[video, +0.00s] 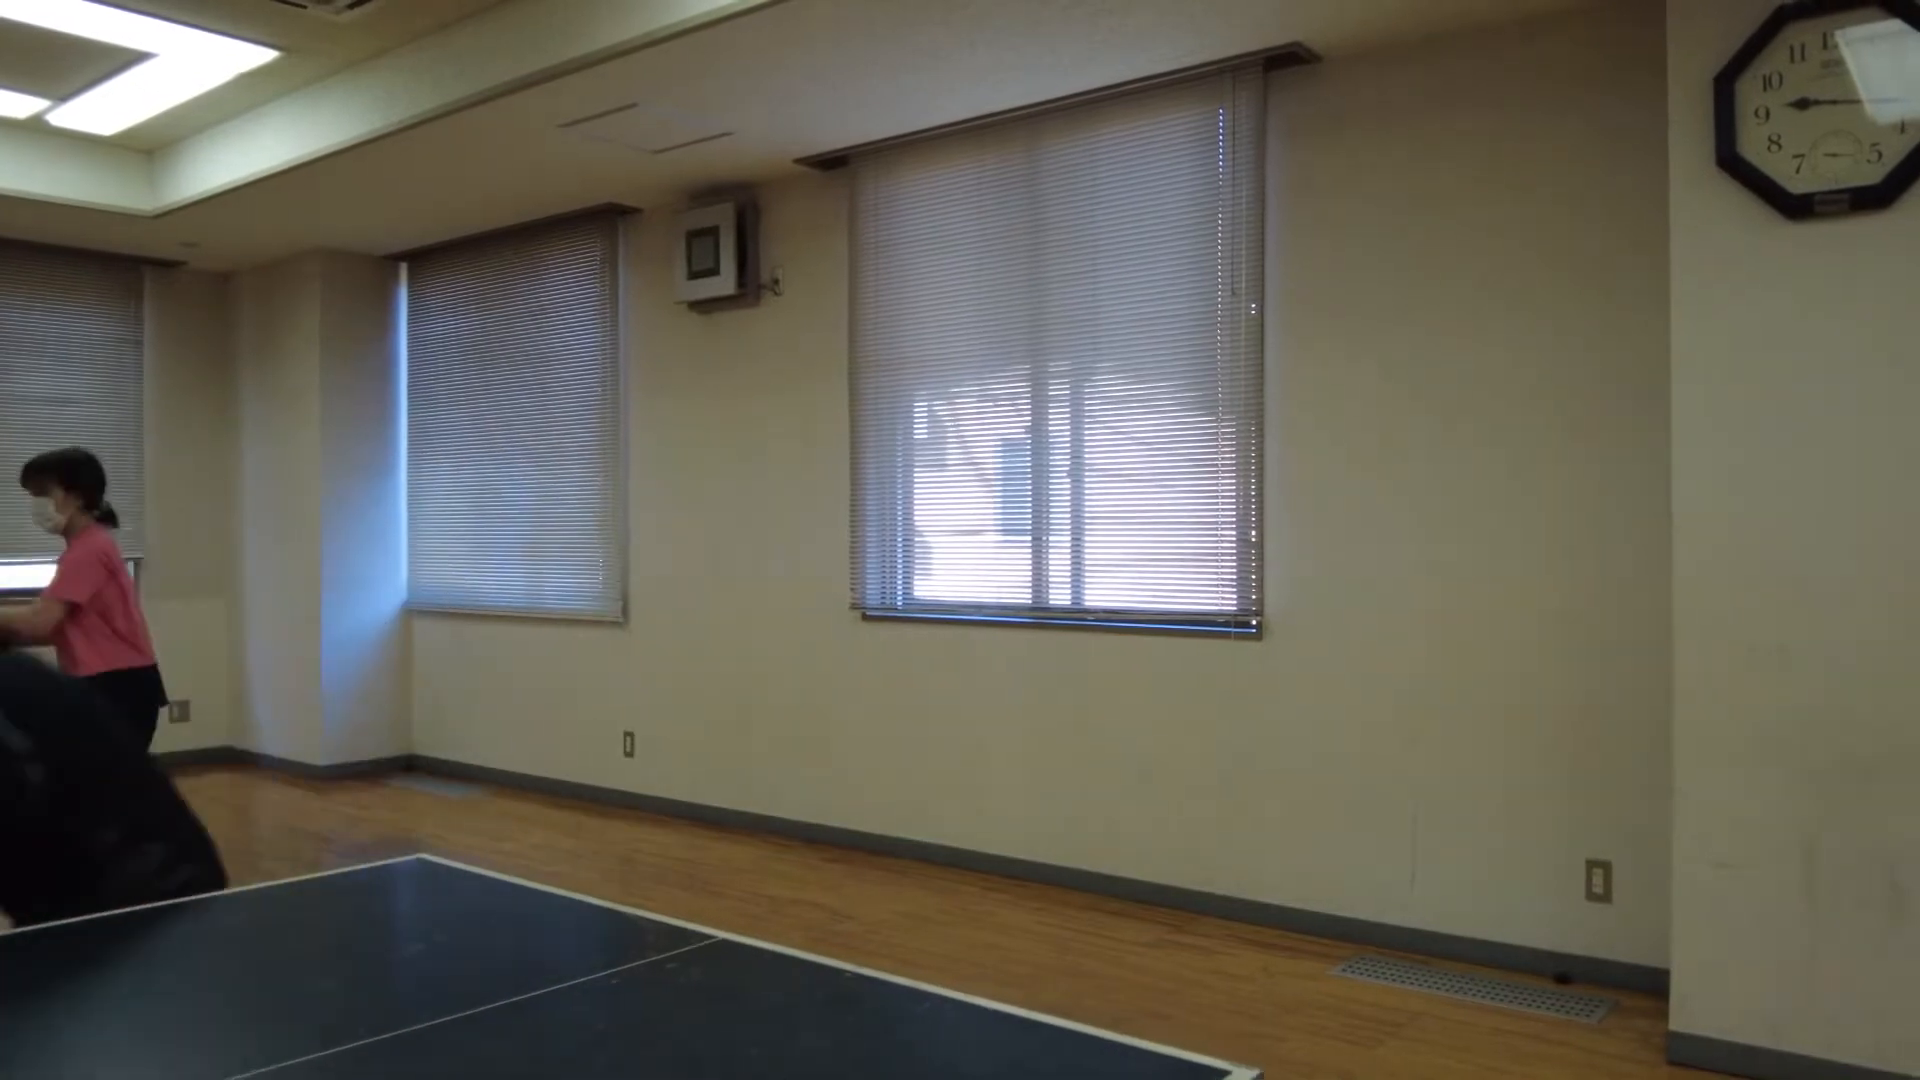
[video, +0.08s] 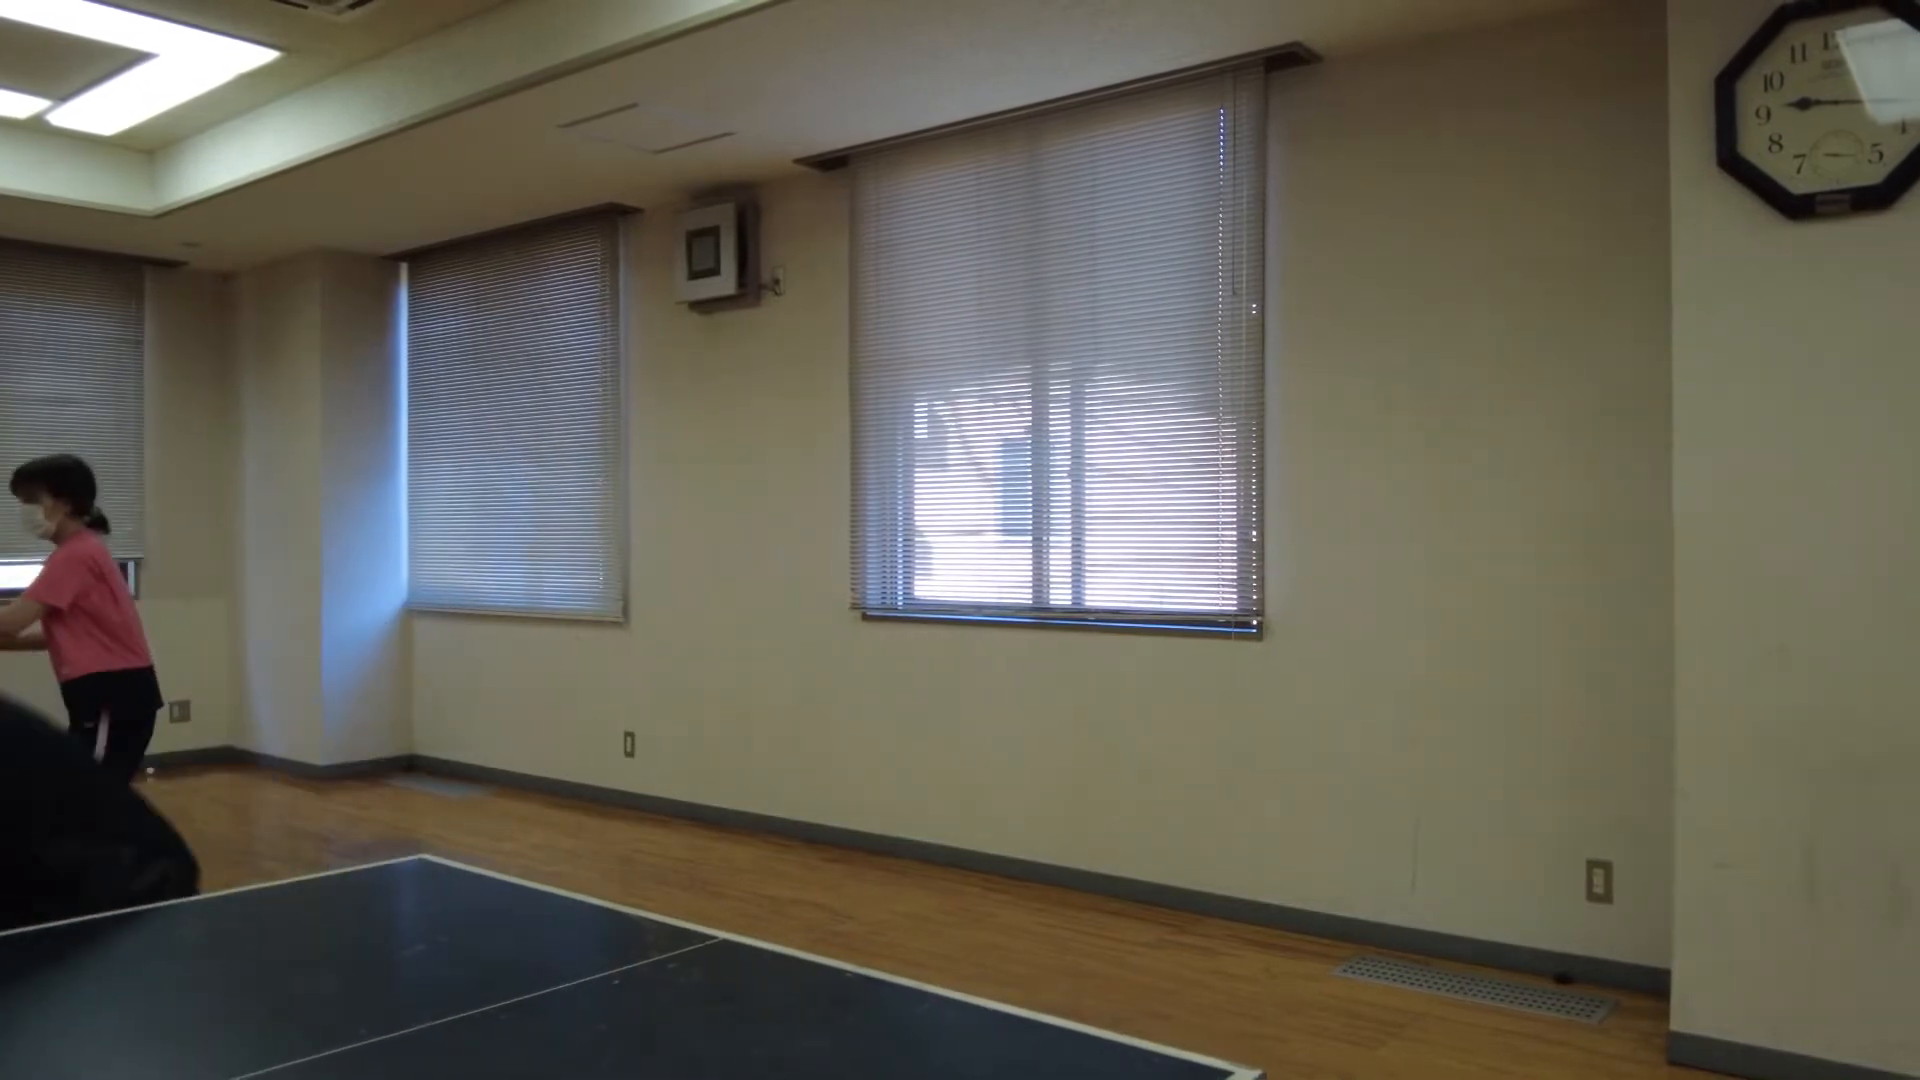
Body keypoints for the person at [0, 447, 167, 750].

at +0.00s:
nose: (35, 506)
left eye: (43, 496)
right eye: (34, 497)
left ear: (73, 497)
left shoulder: (90, 548)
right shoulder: (86, 546)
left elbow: (42, 623)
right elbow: (48, 623)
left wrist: (3, 619)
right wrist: (11, 621)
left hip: (119, 688)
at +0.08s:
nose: (29, 514)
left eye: (35, 503)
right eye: (28, 505)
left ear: (64, 504)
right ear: (64, 506)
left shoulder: (77, 553)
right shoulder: (86, 551)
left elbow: (12, 621)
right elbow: (63, 634)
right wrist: (6, 639)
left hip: (111, 694)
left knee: (91, 807)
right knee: (88, 805)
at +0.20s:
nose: (20, 524)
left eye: (24, 512)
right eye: (19, 514)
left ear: (47, 514)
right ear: (56, 515)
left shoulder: (60, 562)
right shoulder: (70, 560)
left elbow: (5, 623)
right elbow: (57, 645)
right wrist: (6, 662)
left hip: (111, 699)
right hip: (104, 697)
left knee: (50, 815)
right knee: (64, 810)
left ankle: (111, 903)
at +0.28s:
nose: (5, 529)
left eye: (7, 519)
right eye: (4, 519)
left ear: (26, 519)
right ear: (45, 518)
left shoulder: (42, 567)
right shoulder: (64, 564)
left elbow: (3, 637)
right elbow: (72, 657)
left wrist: (9, 683)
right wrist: (17, 687)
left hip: (105, 699)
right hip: (118, 695)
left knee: (56, 811)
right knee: (66, 803)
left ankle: (80, 906)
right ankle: (88, 899)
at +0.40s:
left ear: (6, 526)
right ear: (33, 523)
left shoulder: (25, 569)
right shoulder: (43, 566)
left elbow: (3, 630)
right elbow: (42, 656)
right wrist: (4, 666)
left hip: (112, 694)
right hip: (98, 696)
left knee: (83, 802)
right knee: (54, 793)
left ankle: (108, 906)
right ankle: (85, 894)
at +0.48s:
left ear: (2, 525)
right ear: (24, 524)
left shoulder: (25, 566)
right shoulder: (21, 571)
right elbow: (5, 644)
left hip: (124, 693)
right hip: (99, 700)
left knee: (93, 802)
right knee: (63, 792)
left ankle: (107, 902)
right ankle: (88, 894)